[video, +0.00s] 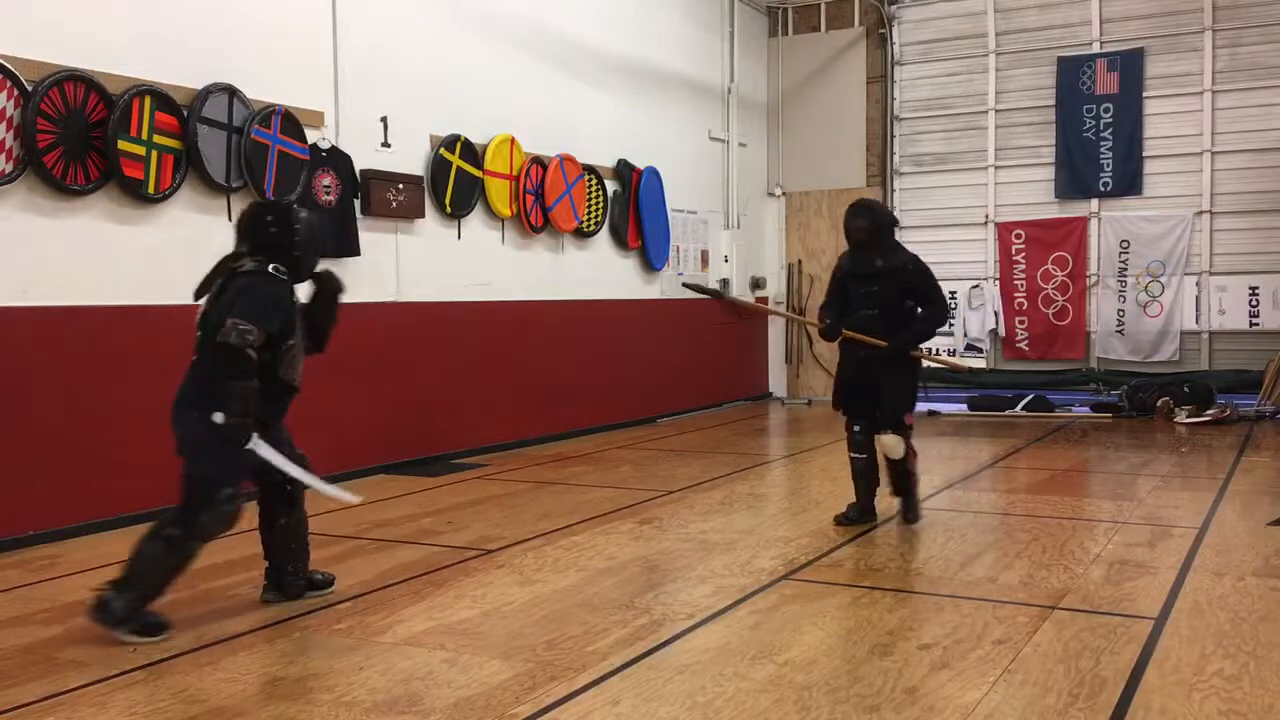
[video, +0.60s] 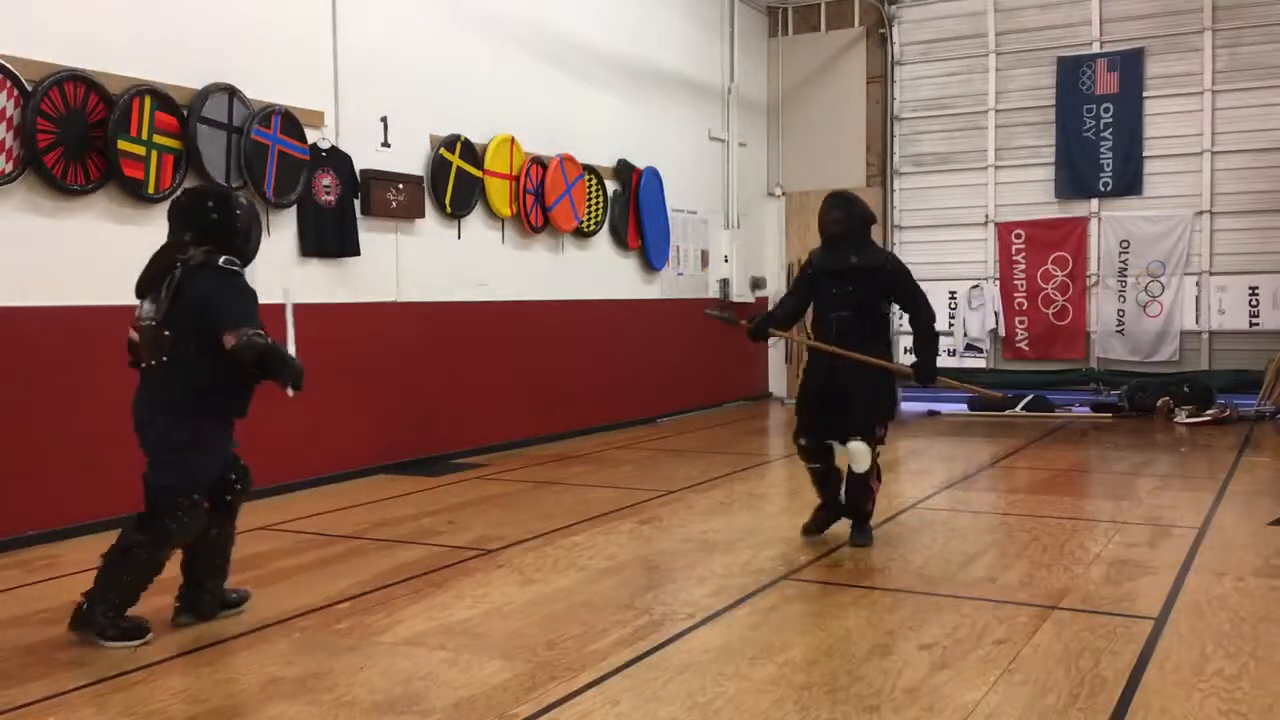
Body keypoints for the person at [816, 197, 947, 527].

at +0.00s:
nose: (854, 236)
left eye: (860, 229)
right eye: (850, 229)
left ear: (878, 228)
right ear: (847, 229)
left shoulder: (906, 264)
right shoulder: (847, 265)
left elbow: (938, 310)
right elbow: (831, 307)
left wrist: (908, 338)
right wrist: (829, 325)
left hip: (896, 362)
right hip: (856, 362)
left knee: (890, 437)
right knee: (857, 434)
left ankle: (907, 495)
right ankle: (864, 506)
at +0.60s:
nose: (825, 225)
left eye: (832, 217)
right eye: (824, 218)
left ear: (852, 220)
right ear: (823, 221)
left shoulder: (883, 264)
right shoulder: (818, 263)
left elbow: (920, 312)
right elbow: (793, 304)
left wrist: (925, 360)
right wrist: (767, 322)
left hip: (868, 364)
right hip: (823, 363)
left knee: (861, 444)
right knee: (809, 438)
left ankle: (861, 520)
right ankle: (831, 501)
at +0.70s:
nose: (823, 226)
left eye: (830, 218)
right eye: (819, 219)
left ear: (848, 221)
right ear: (813, 222)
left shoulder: (877, 265)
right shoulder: (810, 265)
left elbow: (917, 310)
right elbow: (787, 305)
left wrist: (918, 359)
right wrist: (757, 324)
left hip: (863, 370)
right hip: (817, 368)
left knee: (859, 446)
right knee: (803, 441)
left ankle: (860, 523)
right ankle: (804, 521)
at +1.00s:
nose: (792, 245)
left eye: (798, 237)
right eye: (788, 238)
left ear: (817, 236)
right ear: (785, 239)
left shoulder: (854, 274)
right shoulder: (786, 279)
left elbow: (903, 312)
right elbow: (757, 322)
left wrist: (891, 363)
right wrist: (718, 345)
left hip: (846, 385)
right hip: (798, 385)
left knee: (854, 466)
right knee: (785, 460)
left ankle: (860, 526)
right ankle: (788, 536)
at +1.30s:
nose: (805, 244)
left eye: (812, 236)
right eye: (799, 237)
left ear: (832, 236)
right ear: (793, 239)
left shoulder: (862, 274)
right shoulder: (793, 280)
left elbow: (916, 307)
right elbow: (768, 327)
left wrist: (934, 358)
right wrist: (738, 364)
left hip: (854, 387)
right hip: (803, 388)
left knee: (860, 469)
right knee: (790, 460)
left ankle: (857, 533)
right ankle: (789, 531)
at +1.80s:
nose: (783, 241)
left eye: (791, 233)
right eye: (777, 233)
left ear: (810, 234)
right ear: (768, 237)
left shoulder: (837, 276)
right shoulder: (764, 278)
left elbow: (880, 317)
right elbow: (741, 324)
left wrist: (896, 366)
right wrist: (718, 358)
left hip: (828, 387)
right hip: (776, 387)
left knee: (843, 468)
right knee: (768, 469)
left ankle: (856, 530)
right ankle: (758, 558)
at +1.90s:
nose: (774, 234)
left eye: (782, 226)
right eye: (767, 226)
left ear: (801, 226)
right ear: (758, 229)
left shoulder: (829, 269)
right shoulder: (754, 271)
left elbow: (870, 314)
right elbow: (731, 317)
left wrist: (888, 362)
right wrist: (711, 354)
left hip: (818, 383)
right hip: (765, 383)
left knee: (831, 466)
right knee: (760, 470)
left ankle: (829, 514)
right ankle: (757, 556)